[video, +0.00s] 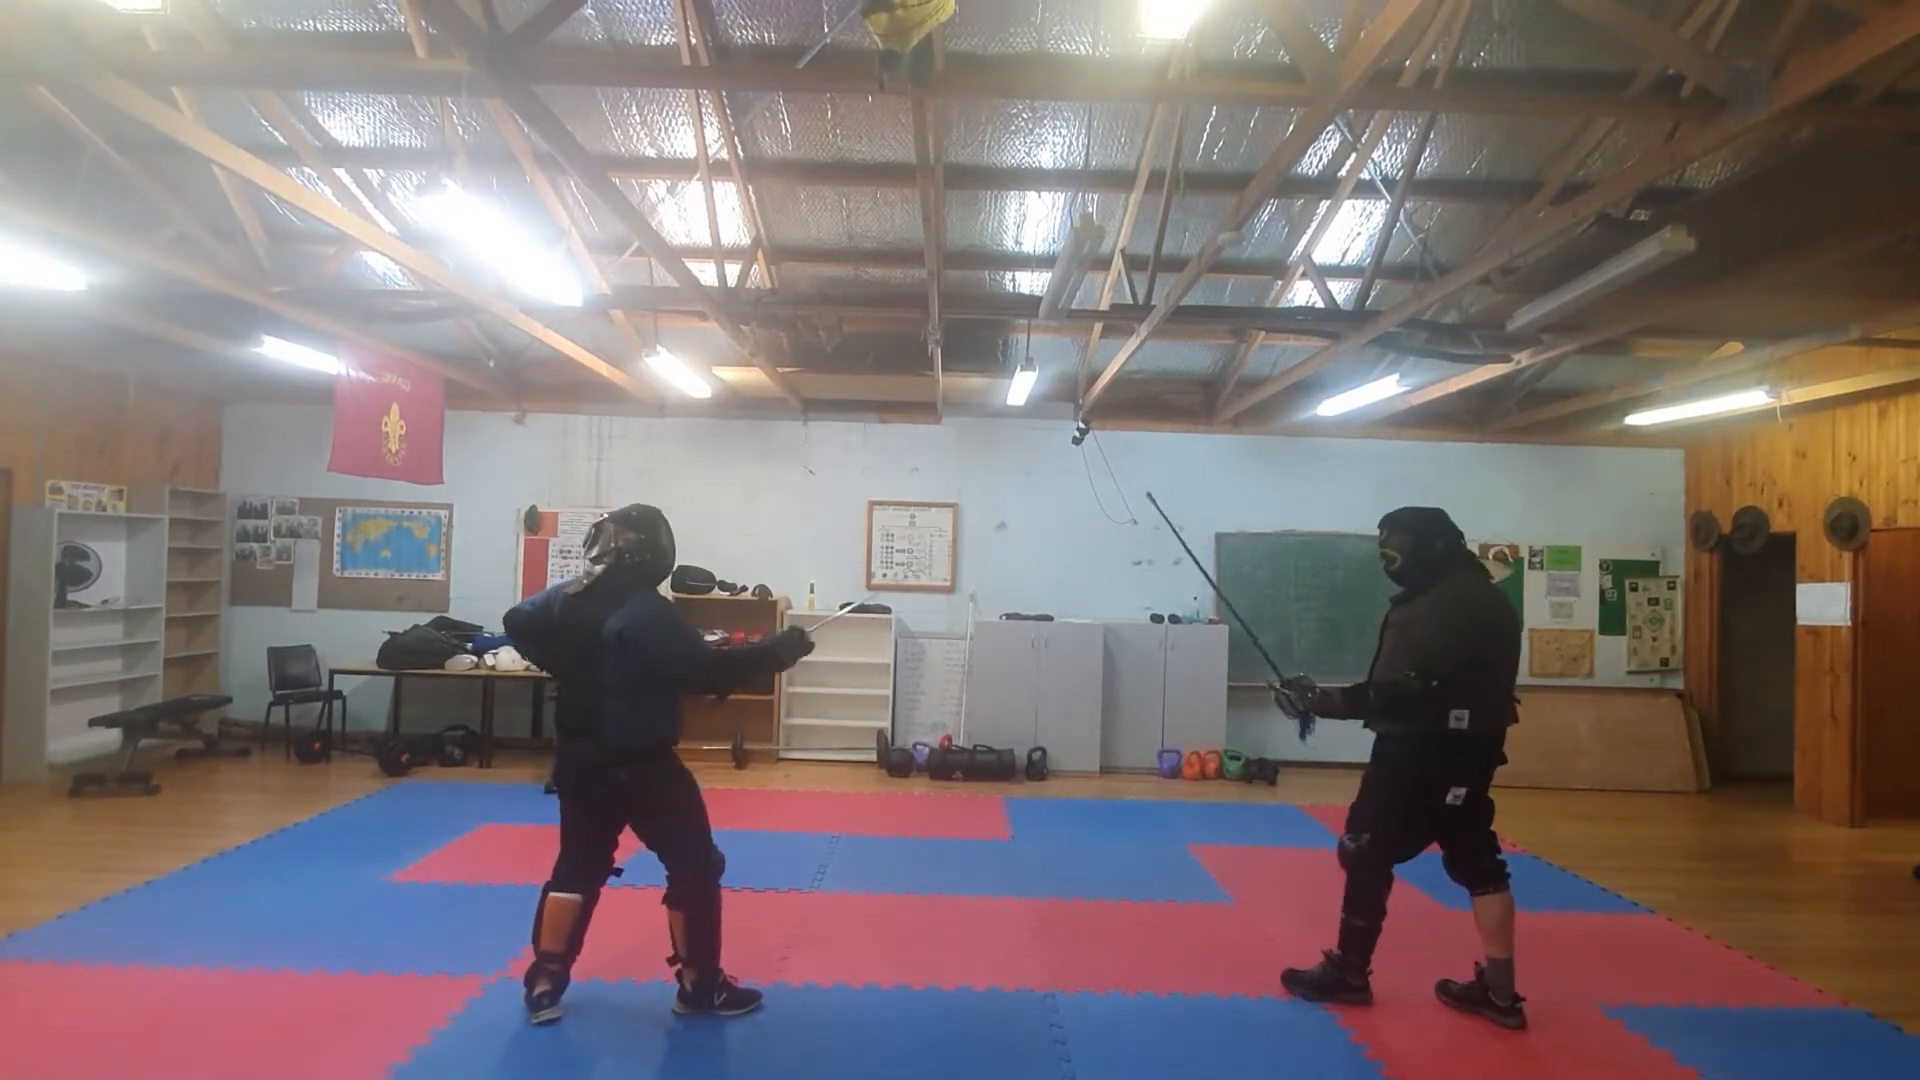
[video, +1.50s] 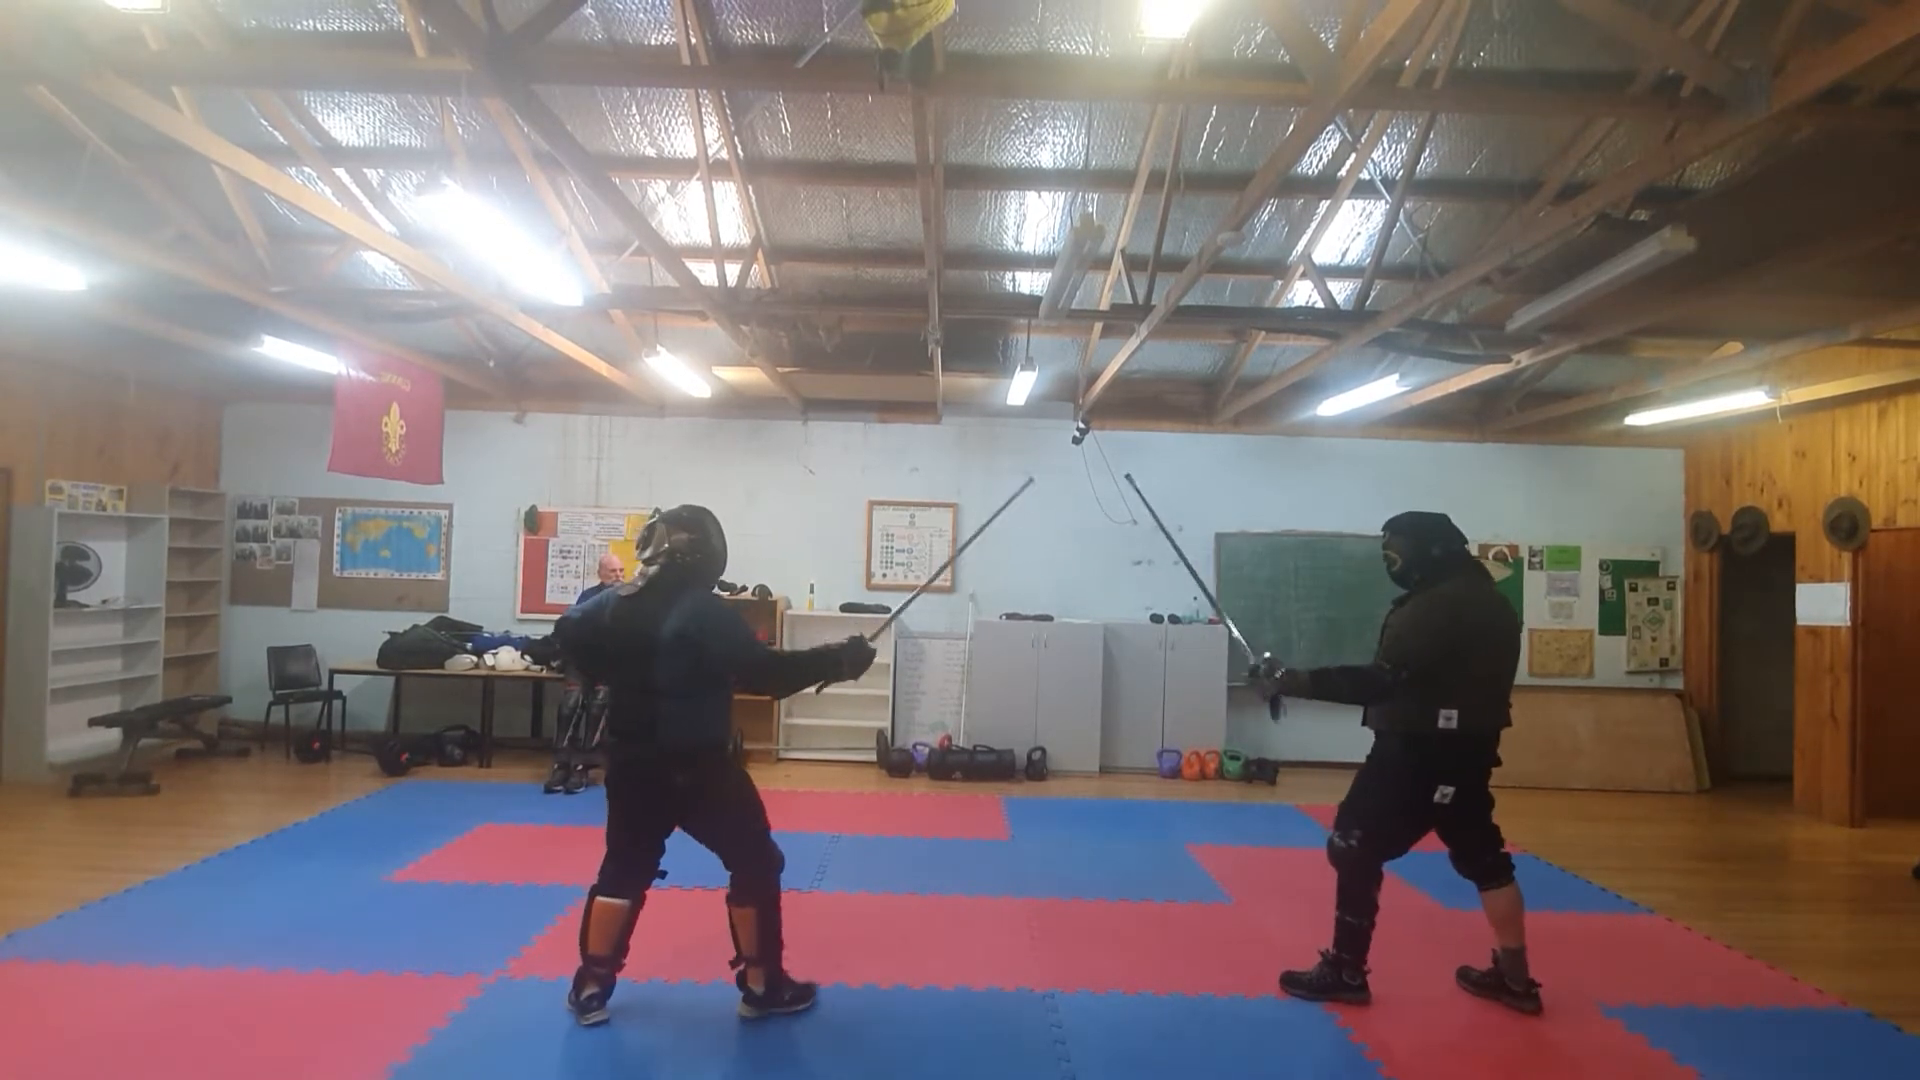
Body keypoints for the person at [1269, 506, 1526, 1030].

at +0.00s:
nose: (1388, 566)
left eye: (1394, 554)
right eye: (1385, 555)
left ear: (1423, 548)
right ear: (1442, 546)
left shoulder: (1421, 609)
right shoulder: (1491, 601)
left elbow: (1395, 700)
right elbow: (1495, 699)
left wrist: (1319, 699)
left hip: (1413, 757)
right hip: (1472, 758)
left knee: (1366, 852)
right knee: (1479, 864)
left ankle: (1349, 970)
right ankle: (1499, 989)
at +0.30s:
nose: (1342, 564)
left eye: (1348, 553)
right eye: (1339, 554)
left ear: (1379, 548)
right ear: (1399, 544)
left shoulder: (1378, 609)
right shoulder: (1449, 599)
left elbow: (1351, 696)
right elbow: (1449, 693)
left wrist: (1271, 701)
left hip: (1372, 754)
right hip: (1431, 754)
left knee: (1332, 847)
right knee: (1433, 854)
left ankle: (1343, 968)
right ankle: (1490, 978)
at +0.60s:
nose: (1332, 563)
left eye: (1339, 553)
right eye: (1330, 553)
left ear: (1371, 549)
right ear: (1389, 547)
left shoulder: (1368, 606)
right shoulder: (1432, 597)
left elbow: (1336, 688)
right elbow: (1430, 691)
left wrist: (1256, 696)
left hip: (1362, 749)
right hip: (1419, 747)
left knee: (1318, 843)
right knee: (1414, 840)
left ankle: (1340, 967)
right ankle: (1491, 955)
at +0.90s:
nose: (1367, 569)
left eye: (1372, 558)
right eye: (1365, 559)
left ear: (1399, 555)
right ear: (1421, 551)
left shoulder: (1404, 610)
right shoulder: (1472, 603)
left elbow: (1370, 684)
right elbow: (1472, 689)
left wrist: (1282, 690)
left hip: (1397, 758)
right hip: (1456, 757)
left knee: (1340, 844)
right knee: (1476, 857)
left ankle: (1343, 970)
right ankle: (1512, 973)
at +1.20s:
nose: (1396, 567)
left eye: (1401, 556)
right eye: (1393, 557)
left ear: (1431, 551)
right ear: (1454, 549)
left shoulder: (1433, 607)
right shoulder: (1502, 604)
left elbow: (1393, 675)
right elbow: (1502, 690)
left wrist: (1304, 679)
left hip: (1423, 755)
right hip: (1482, 754)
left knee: (1372, 847)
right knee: (1496, 856)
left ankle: (1349, 968)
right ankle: (1515, 975)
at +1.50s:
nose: (1392, 568)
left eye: (1396, 556)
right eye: (1389, 558)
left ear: (1426, 552)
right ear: (1448, 549)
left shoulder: (1423, 610)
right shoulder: (1496, 606)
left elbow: (1386, 682)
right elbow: (1490, 694)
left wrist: (1292, 681)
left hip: (1409, 757)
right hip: (1469, 757)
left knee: (1355, 846)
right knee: (1485, 858)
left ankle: (1346, 968)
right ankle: (1514, 974)